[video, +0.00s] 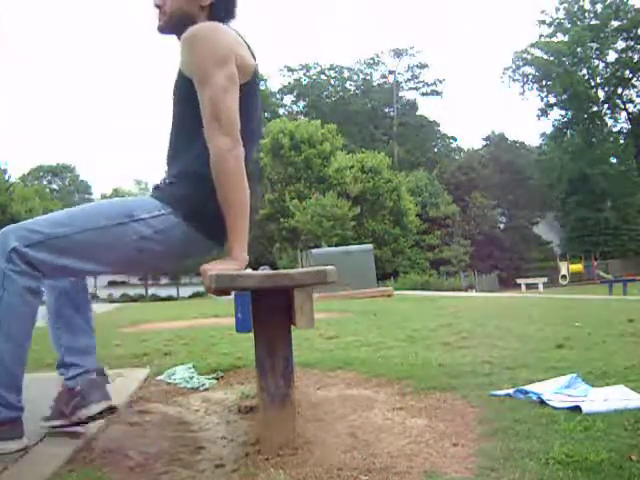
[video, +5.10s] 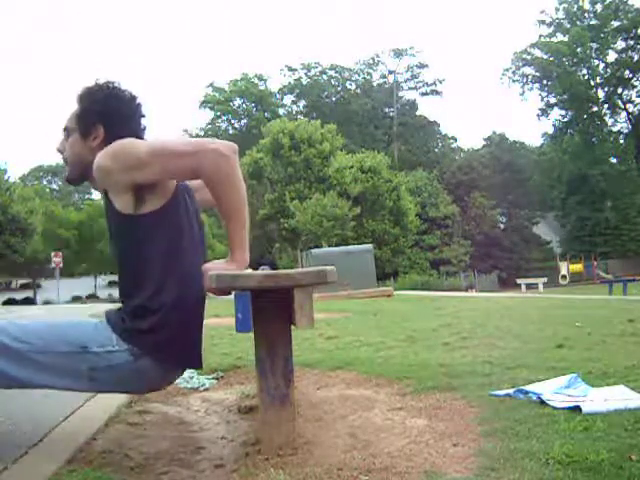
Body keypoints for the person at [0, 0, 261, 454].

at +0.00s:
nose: (158, 1)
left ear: (202, 1)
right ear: (206, 5)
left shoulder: (208, 38)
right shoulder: (224, 42)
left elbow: (227, 144)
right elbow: (231, 149)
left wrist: (237, 254)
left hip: (176, 219)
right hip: (187, 223)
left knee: (16, 247)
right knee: (55, 252)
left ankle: (6, 417)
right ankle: (83, 383)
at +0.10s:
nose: (160, 3)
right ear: (206, 3)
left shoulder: (210, 36)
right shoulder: (226, 42)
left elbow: (228, 145)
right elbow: (230, 149)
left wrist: (238, 253)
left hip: (173, 217)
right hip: (185, 224)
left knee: (12, 247)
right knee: (41, 261)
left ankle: (5, 419)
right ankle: (23, 403)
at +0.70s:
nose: (160, 5)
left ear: (196, 4)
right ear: (201, 10)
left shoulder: (191, 39)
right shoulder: (202, 54)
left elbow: (218, 144)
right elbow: (214, 154)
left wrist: (237, 253)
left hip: (104, 220)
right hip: (124, 240)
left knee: (2, 243)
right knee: (7, 318)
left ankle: (0, 412)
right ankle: (0, 415)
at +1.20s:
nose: (153, 6)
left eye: (163, 0)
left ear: (187, 6)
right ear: (186, 9)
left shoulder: (184, 44)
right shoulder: (187, 52)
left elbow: (213, 148)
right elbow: (207, 167)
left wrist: (236, 254)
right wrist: (236, 251)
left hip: (93, 229)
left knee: (3, 318)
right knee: (3, 323)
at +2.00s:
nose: (115, 64)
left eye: (125, 53)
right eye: (120, 53)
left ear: (152, 59)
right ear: (154, 61)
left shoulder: (150, 88)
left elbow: (234, 151)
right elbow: (238, 153)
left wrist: (239, 257)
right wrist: (241, 256)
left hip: (124, 289)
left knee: (5, 345)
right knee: (7, 346)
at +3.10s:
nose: (66, 84)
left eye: (77, 72)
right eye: (72, 72)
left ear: (102, 81)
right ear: (102, 81)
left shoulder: (113, 115)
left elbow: (219, 154)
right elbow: (206, 189)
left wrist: (238, 256)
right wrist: (234, 253)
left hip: (126, 303)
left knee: (5, 337)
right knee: (8, 334)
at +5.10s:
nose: (60, 147)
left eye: (68, 134)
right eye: (64, 134)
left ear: (96, 137)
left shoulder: (113, 161)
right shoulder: (159, 185)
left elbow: (220, 156)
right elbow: (225, 188)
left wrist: (239, 258)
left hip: (140, 350)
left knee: (4, 340)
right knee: (7, 336)